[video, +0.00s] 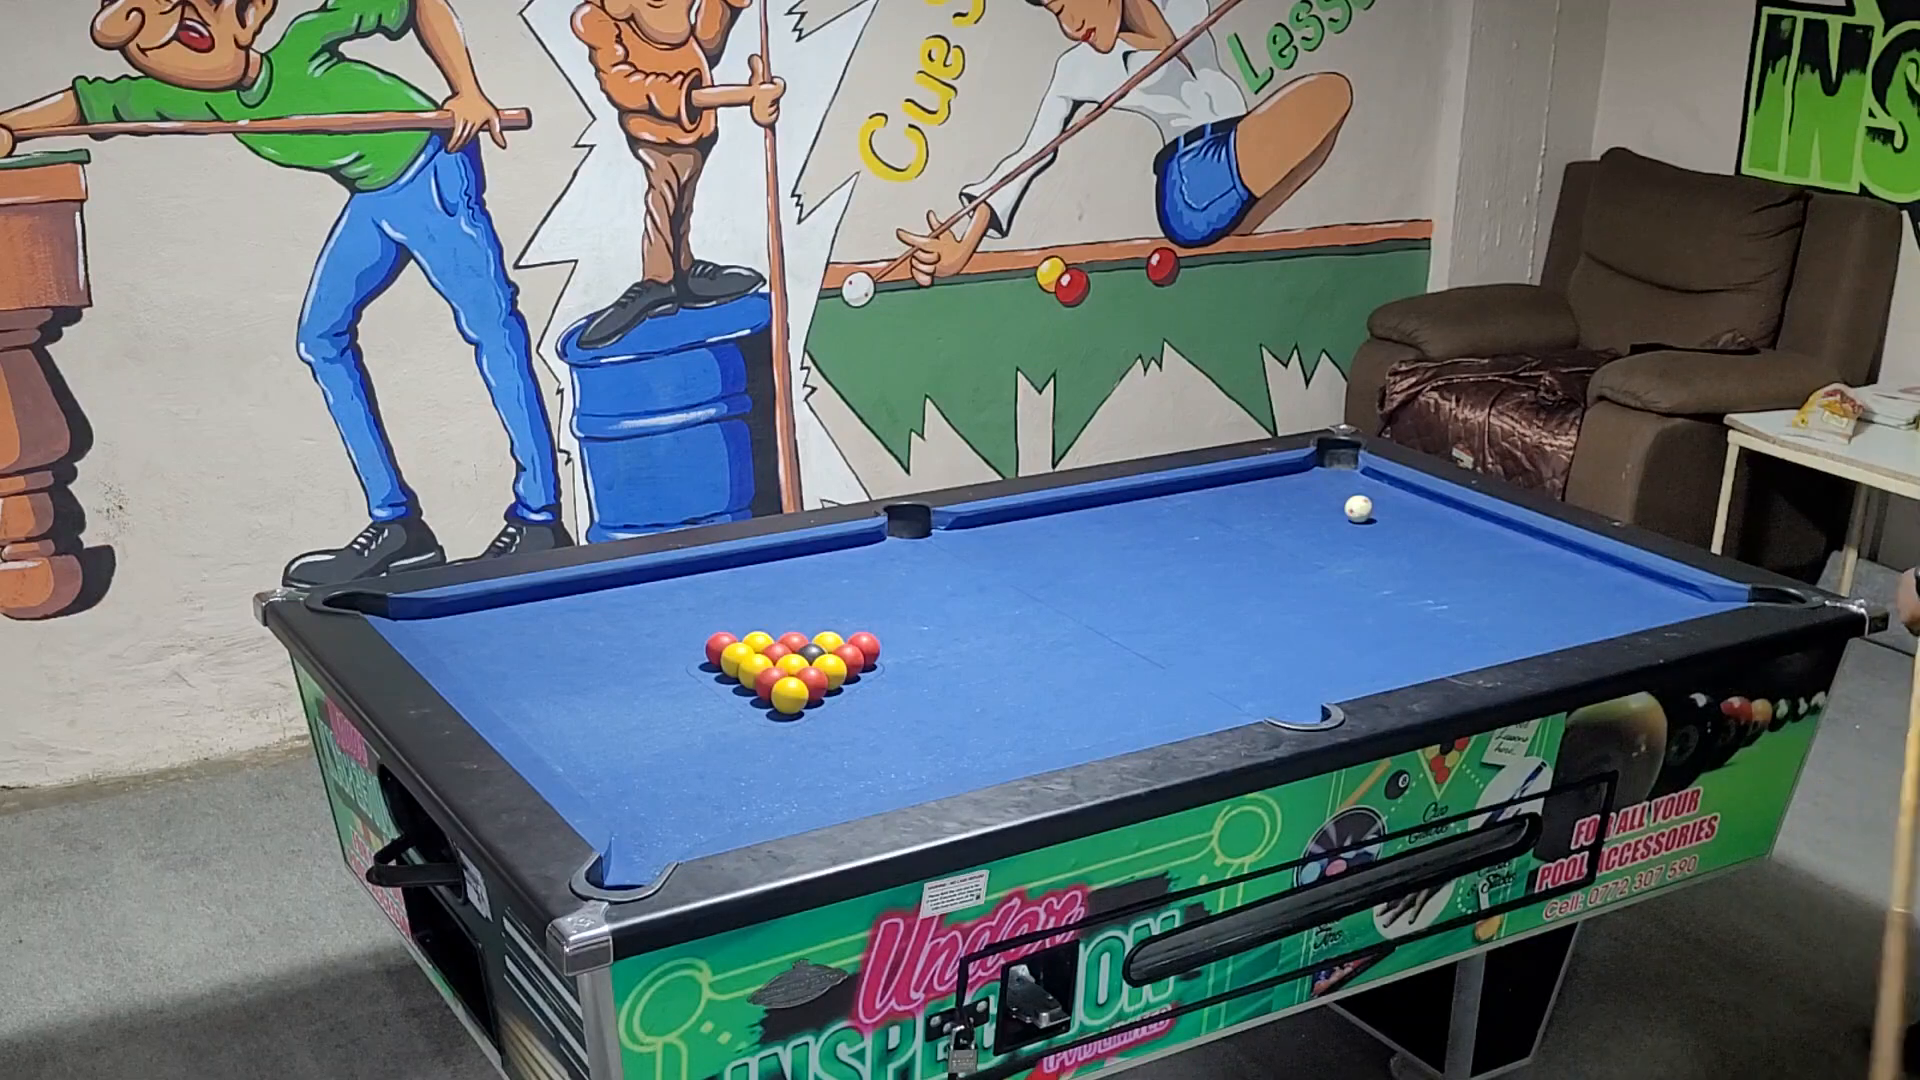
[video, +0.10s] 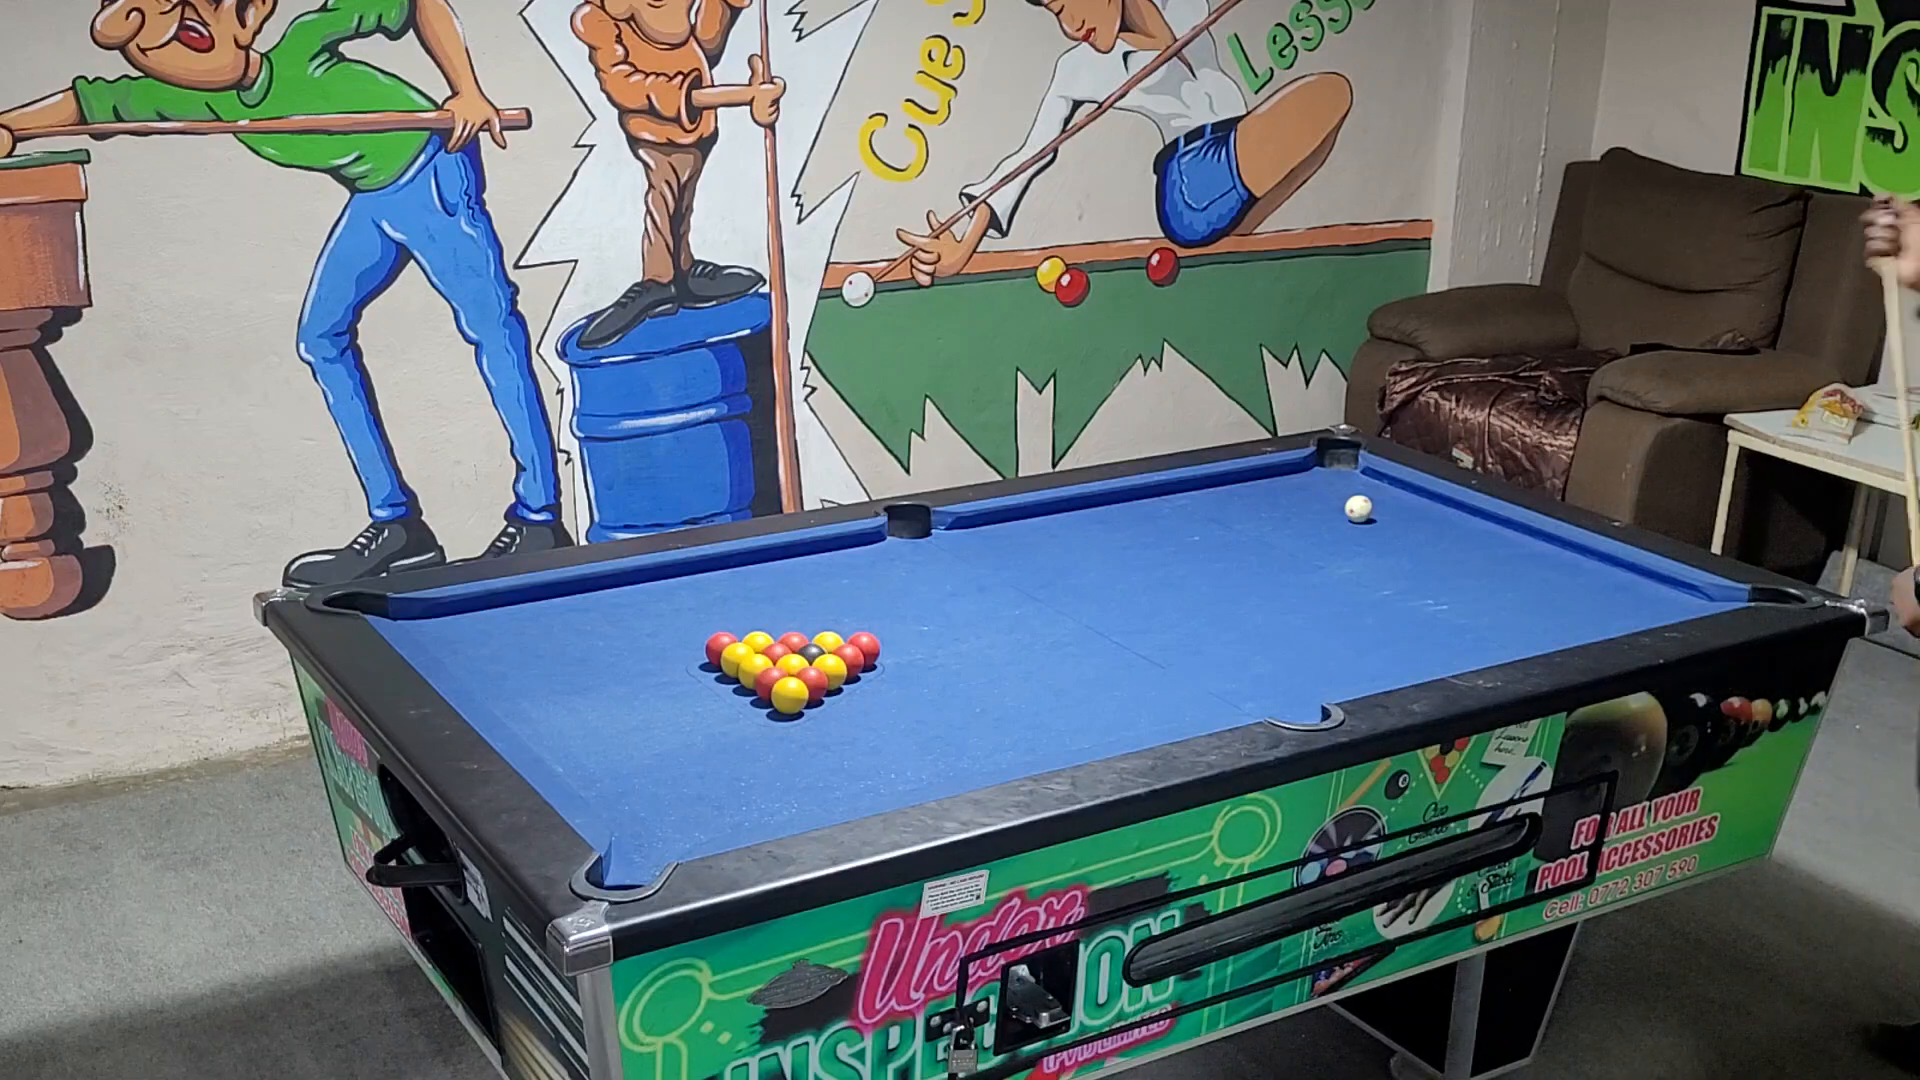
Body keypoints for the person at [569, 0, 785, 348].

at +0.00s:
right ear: (617, 5)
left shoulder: (699, 6)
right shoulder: (598, 20)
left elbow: (707, 47)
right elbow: (624, 88)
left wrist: (730, 5)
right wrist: (746, 95)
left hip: (694, 89)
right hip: (645, 103)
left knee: (688, 173)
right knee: (666, 173)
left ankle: (682, 268)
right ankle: (657, 279)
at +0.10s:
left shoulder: (700, 6)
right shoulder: (597, 19)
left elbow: (708, 47)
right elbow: (624, 87)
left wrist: (731, 5)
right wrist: (746, 95)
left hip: (694, 89)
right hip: (644, 102)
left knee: (688, 174)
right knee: (665, 174)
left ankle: (683, 269)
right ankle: (657, 280)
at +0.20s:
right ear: (617, 6)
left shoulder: (700, 6)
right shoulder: (597, 19)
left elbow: (708, 47)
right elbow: (625, 87)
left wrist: (731, 5)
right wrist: (746, 95)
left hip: (694, 91)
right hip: (644, 103)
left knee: (688, 173)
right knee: (665, 174)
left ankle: (682, 269)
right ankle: (656, 280)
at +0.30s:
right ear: (617, 6)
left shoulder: (700, 6)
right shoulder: (597, 19)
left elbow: (708, 47)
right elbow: (625, 87)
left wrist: (730, 5)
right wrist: (746, 95)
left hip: (694, 90)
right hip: (644, 103)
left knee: (688, 174)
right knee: (665, 174)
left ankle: (682, 269)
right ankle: (657, 280)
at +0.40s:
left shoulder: (699, 6)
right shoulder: (597, 19)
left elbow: (707, 47)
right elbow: (624, 87)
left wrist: (730, 5)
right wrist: (746, 95)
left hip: (694, 90)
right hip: (644, 103)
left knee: (688, 173)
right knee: (665, 174)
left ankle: (682, 269)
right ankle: (657, 280)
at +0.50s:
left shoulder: (700, 6)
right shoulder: (597, 19)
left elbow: (707, 47)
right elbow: (624, 87)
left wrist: (731, 5)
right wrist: (746, 95)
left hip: (694, 90)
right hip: (644, 103)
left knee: (688, 174)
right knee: (665, 174)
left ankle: (682, 269)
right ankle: (657, 280)